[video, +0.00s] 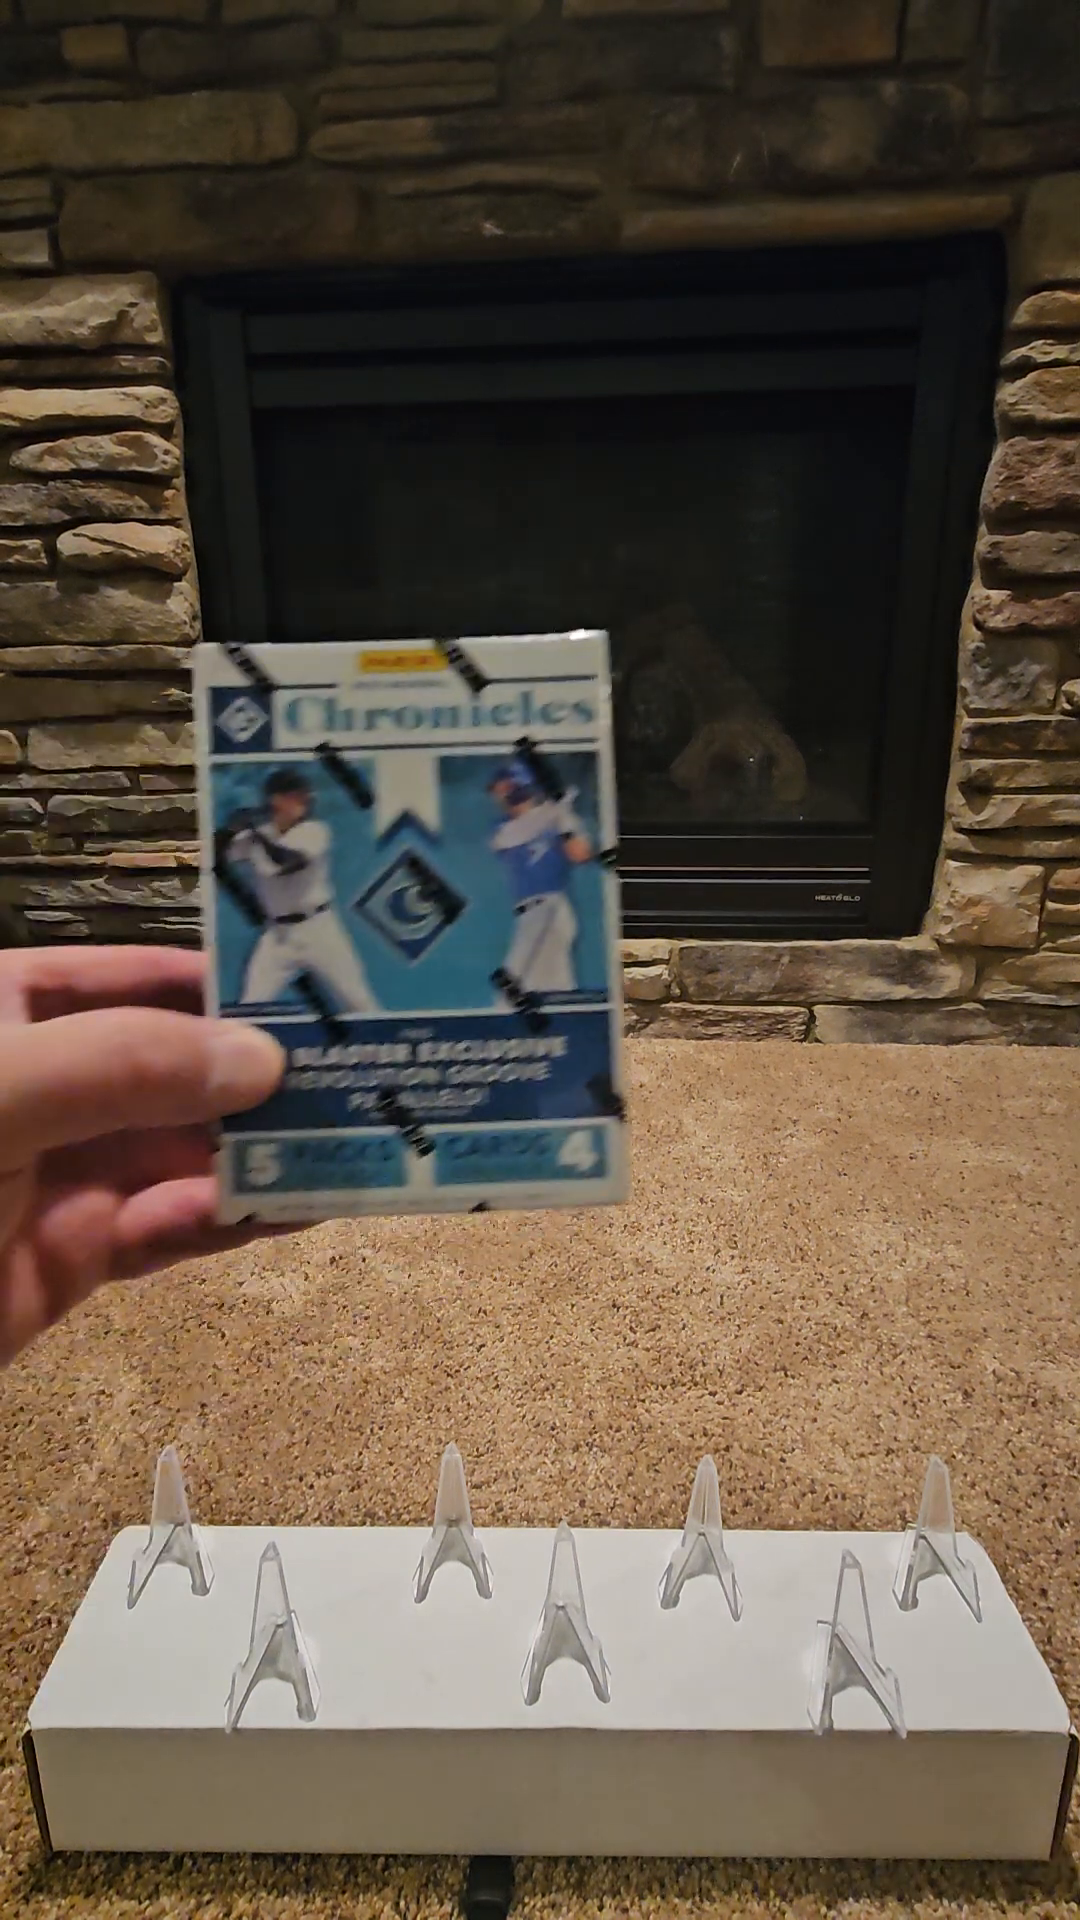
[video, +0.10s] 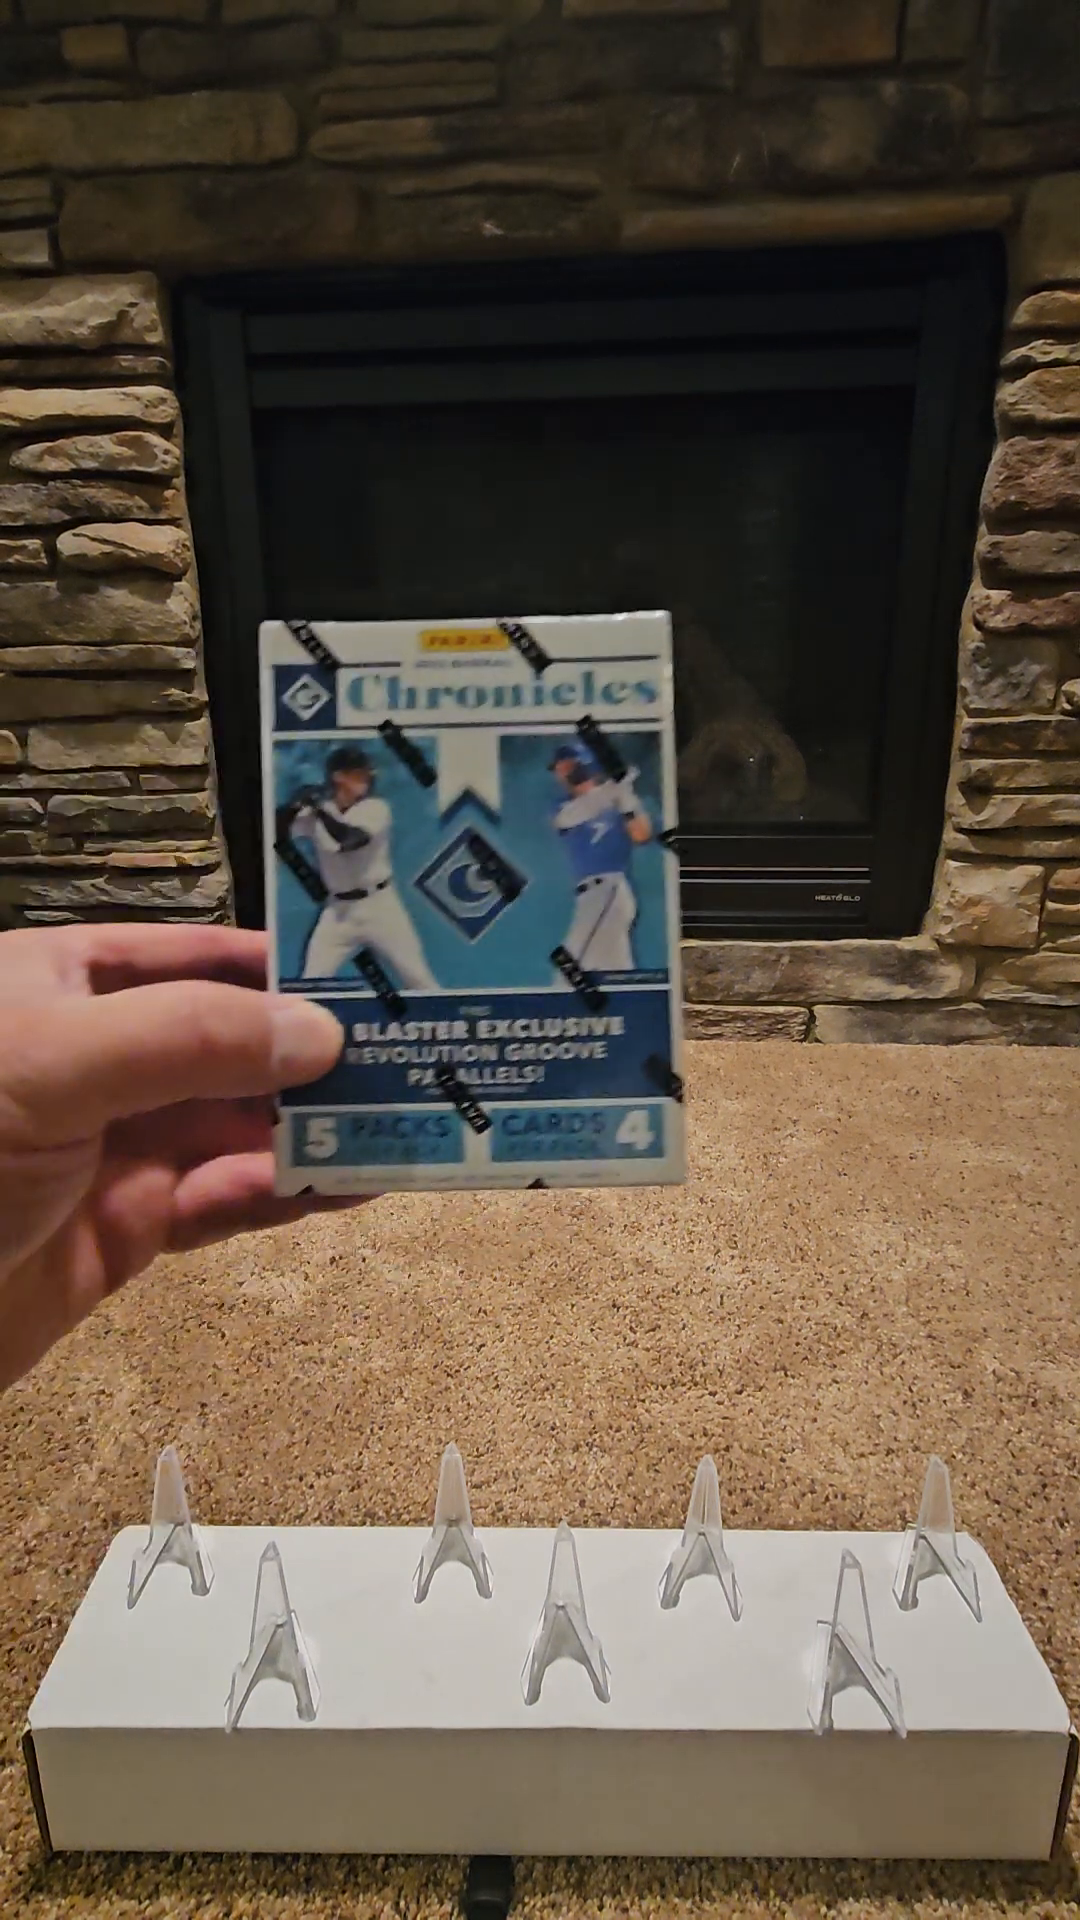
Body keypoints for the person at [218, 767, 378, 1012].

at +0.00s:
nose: (303, 803)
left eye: (304, 797)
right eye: (295, 797)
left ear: (306, 801)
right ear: (275, 800)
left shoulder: (315, 831)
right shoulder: (256, 838)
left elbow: (286, 862)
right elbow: (218, 856)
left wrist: (255, 834)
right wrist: (231, 831)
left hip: (319, 930)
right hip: (277, 934)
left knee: (358, 1001)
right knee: (252, 1009)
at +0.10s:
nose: (366, 779)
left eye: (366, 773)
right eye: (357, 774)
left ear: (369, 777)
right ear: (338, 777)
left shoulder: (376, 808)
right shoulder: (316, 816)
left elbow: (347, 840)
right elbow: (278, 832)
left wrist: (318, 807)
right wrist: (294, 807)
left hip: (381, 907)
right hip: (338, 911)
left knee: (417, 977)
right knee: (312, 985)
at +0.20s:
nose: (394, 761)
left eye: (396, 756)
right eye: (386, 756)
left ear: (399, 758)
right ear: (367, 759)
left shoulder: (405, 792)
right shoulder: (343, 798)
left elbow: (376, 824)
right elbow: (305, 816)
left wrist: (345, 790)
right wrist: (324, 788)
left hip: (409, 891)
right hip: (366, 895)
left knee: (447, 963)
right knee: (339, 970)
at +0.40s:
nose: (385, 726)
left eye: (387, 720)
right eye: (377, 721)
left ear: (391, 724)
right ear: (358, 726)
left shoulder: (397, 759)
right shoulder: (333, 765)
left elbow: (370, 792)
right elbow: (293, 781)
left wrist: (335, 757)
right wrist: (315, 754)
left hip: (401, 860)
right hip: (358, 864)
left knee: (441, 934)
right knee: (332, 939)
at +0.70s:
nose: (388, 691)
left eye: (389, 685)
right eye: (379, 686)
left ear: (394, 690)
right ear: (359, 692)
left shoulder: (400, 728)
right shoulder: (333, 734)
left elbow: (370, 763)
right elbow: (292, 752)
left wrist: (335, 726)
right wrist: (313, 723)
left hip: (405, 834)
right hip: (359, 839)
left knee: (445, 913)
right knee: (330, 918)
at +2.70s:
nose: (390, 685)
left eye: (391, 678)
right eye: (381, 678)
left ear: (393, 683)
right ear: (358, 683)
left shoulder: (399, 722)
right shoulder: (328, 726)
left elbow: (367, 756)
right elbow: (283, 740)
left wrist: (330, 717)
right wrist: (307, 713)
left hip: (400, 834)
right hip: (351, 837)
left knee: (441, 918)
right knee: (319, 921)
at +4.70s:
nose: (381, 687)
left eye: (382, 681)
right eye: (372, 681)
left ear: (385, 687)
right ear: (349, 688)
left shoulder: (391, 726)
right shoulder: (319, 731)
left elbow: (358, 762)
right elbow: (274, 750)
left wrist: (322, 722)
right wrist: (298, 719)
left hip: (393, 838)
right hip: (343, 842)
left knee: (438, 923)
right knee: (312, 926)